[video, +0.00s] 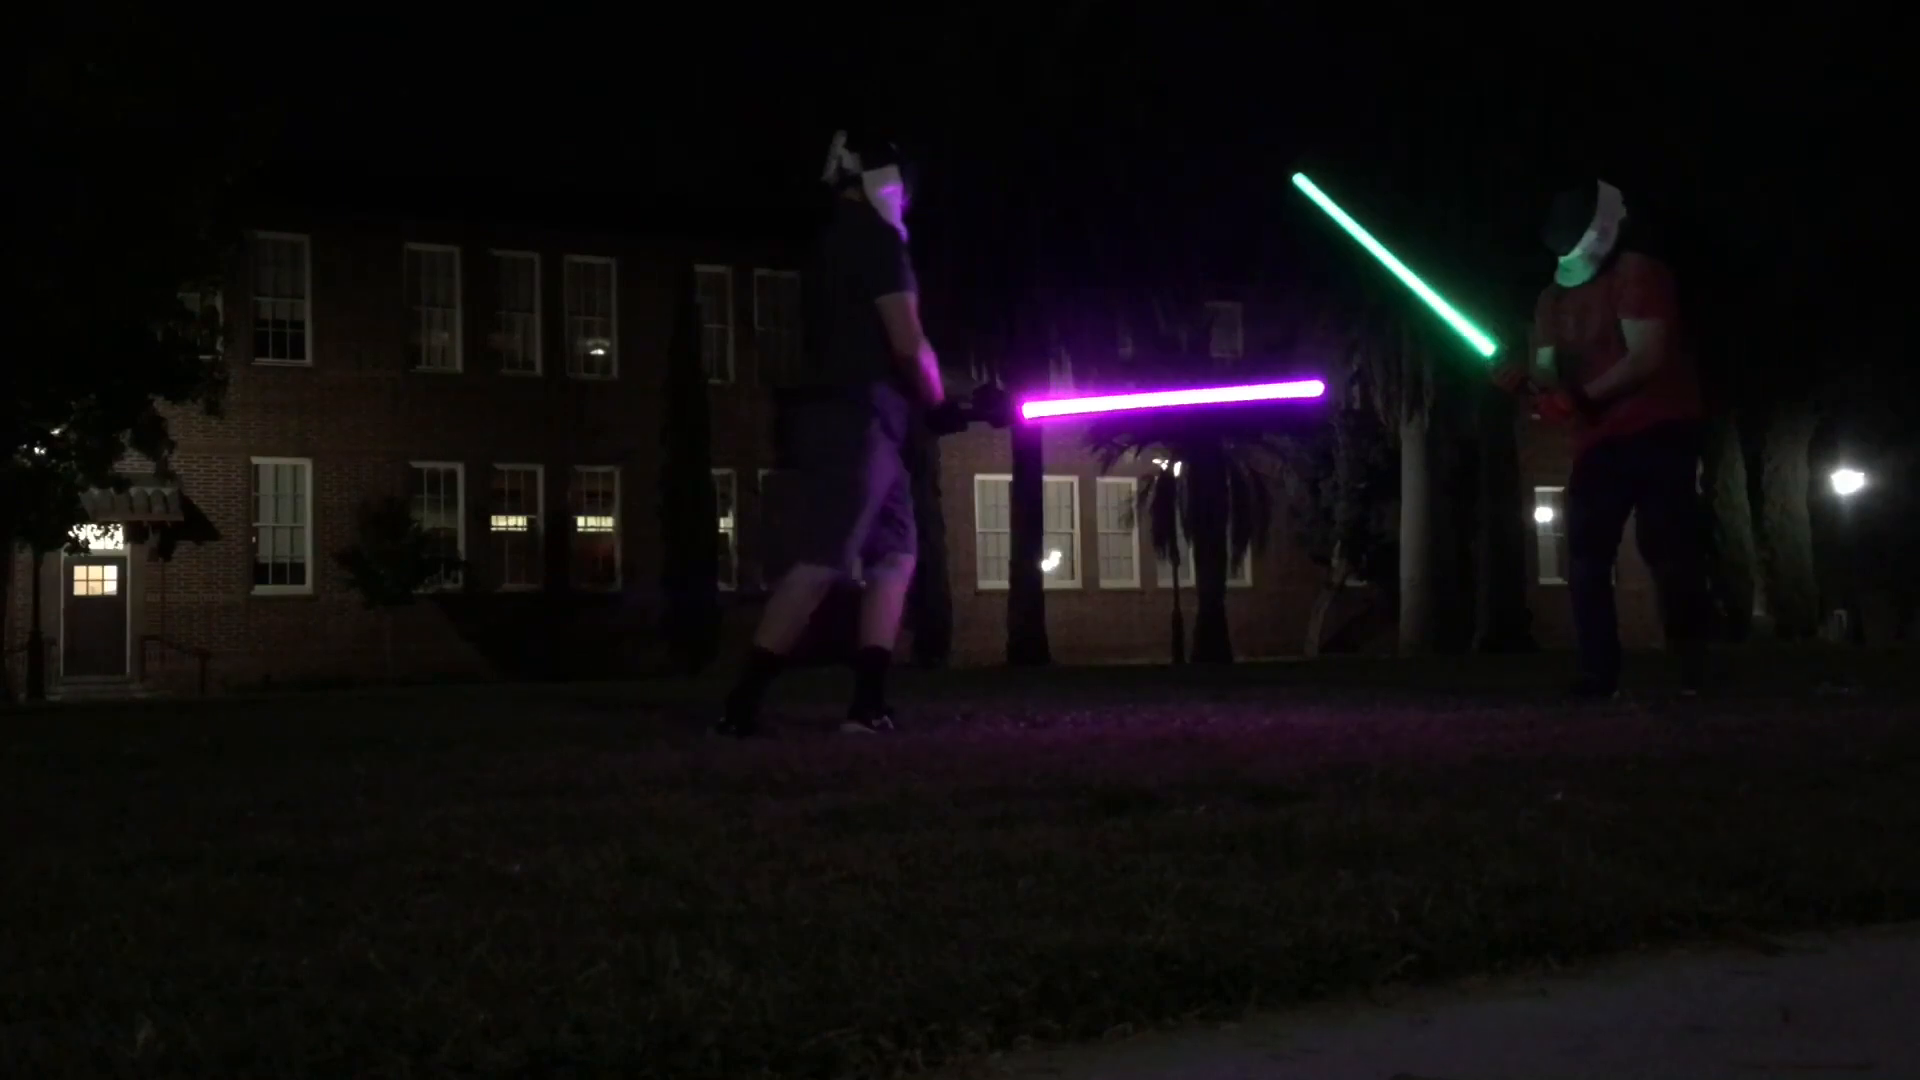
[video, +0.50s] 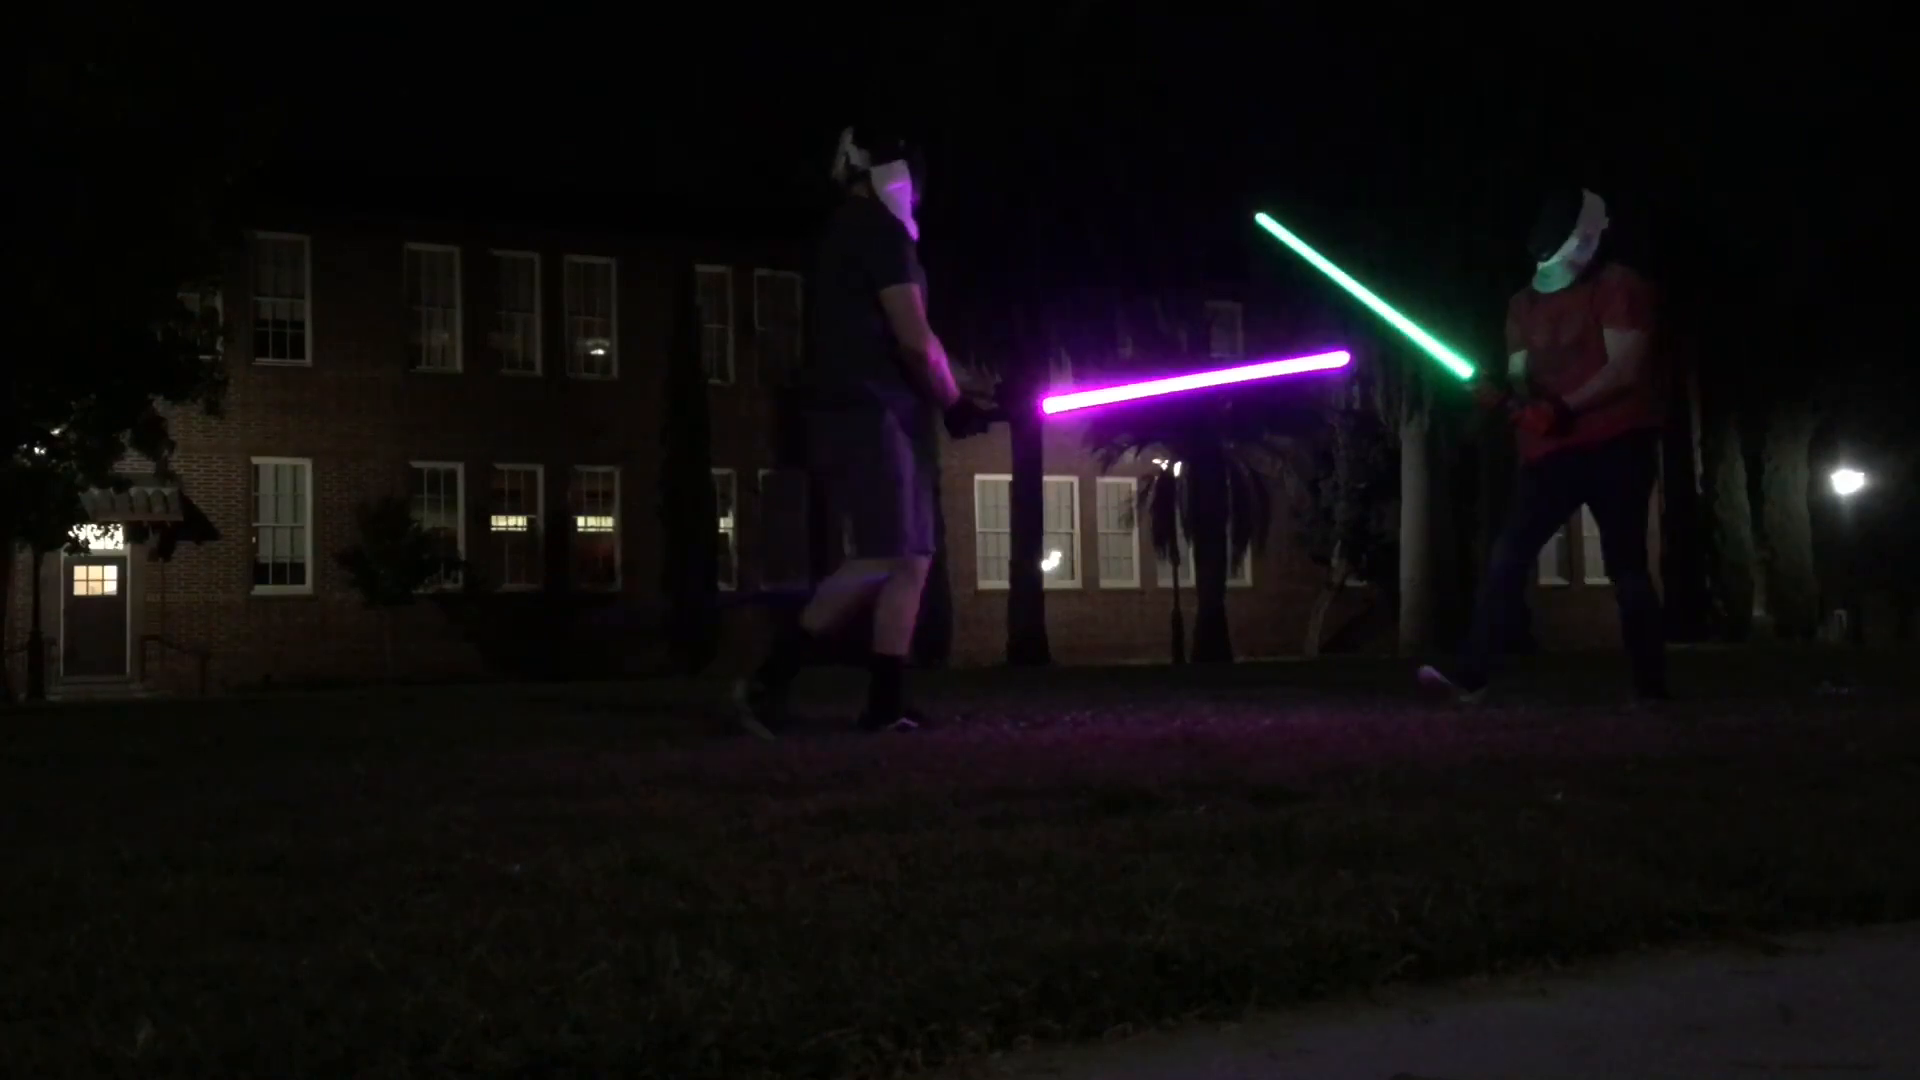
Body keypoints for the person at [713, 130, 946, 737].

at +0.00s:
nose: (903, 197)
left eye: (901, 184)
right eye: (895, 184)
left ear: (852, 188)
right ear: (867, 186)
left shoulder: (832, 238)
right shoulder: (877, 240)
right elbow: (909, 344)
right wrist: (939, 402)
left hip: (851, 421)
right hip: (858, 422)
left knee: (895, 554)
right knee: (824, 560)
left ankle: (869, 702)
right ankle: (744, 700)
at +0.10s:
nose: (888, 195)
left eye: (885, 182)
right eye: (879, 183)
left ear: (841, 185)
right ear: (854, 185)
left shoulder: (829, 238)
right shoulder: (857, 239)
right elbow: (894, 343)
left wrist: (924, 407)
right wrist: (927, 405)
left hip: (854, 430)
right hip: (840, 428)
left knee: (910, 544)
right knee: (800, 562)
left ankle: (871, 691)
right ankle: (736, 705)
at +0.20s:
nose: (884, 197)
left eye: (880, 185)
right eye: (874, 186)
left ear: (838, 188)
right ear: (848, 189)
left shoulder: (829, 241)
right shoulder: (849, 241)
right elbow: (889, 347)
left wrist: (916, 406)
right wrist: (921, 406)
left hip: (859, 431)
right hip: (830, 427)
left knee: (913, 545)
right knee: (792, 562)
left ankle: (885, 698)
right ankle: (732, 706)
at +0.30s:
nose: (888, 194)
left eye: (884, 182)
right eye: (879, 182)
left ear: (837, 185)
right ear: (857, 185)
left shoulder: (833, 237)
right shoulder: (856, 240)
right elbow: (896, 346)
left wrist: (925, 409)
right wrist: (928, 411)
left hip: (863, 428)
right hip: (833, 425)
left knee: (910, 554)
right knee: (795, 562)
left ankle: (886, 703)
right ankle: (732, 704)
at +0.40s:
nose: (900, 192)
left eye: (896, 179)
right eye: (891, 179)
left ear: (849, 185)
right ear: (867, 184)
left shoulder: (837, 237)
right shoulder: (872, 238)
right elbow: (908, 342)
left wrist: (927, 407)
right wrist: (943, 405)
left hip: (872, 428)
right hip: (849, 427)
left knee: (911, 553)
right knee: (828, 564)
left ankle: (885, 704)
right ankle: (741, 701)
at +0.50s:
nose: (912, 193)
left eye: (909, 180)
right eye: (903, 181)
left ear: (866, 184)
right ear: (878, 183)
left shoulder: (848, 233)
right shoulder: (881, 234)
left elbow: (903, 333)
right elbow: (914, 337)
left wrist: (956, 388)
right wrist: (952, 399)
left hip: (865, 413)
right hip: (870, 415)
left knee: (906, 555)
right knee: (891, 553)